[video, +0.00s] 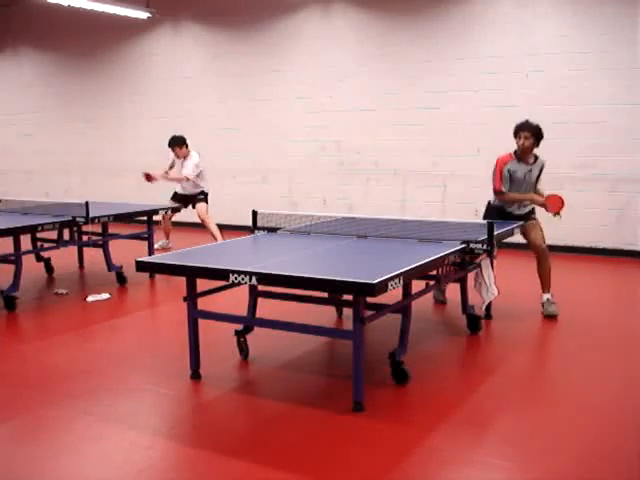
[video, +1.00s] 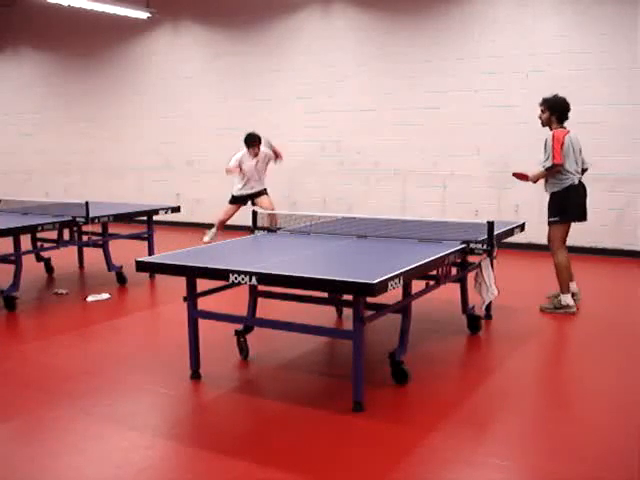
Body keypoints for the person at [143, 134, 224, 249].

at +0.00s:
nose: (174, 154)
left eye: (175, 151)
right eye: (173, 151)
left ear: (183, 147)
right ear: (174, 150)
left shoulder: (194, 159)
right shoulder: (177, 157)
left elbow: (186, 178)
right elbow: (168, 171)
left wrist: (167, 178)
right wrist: (155, 177)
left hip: (198, 192)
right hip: (182, 192)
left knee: (202, 216)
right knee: (165, 216)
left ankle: (221, 242)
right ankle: (166, 241)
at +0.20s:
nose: (175, 151)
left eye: (177, 148)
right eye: (174, 148)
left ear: (185, 146)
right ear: (184, 146)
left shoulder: (193, 158)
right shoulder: (188, 151)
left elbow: (182, 162)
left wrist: (169, 150)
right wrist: (164, 145)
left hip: (206, 193)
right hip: (195, 190)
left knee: (200, 218)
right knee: (175, 207)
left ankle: (218, 243)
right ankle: (173, 234)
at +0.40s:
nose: (182, 151)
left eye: (184, 148)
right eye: (181, 149)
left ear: (192, 147)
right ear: (182, 149)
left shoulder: (203, 158)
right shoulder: (188, 160)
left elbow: (205, 175)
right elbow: (182, 173)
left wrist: (186, 169)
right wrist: (169, 183)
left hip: (214, 189)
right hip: (200, 191)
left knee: (216, 212)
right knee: (183, 214)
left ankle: (234, 238)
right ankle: (187, 236)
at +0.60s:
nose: (203, 148)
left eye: (205, 144)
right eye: (202, 145)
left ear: (213, 144)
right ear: (202, 145)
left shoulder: (222, 157)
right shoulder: (203, 157)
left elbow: (226, 178)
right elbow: (198, 171)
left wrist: (206, 182)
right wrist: (198, 180)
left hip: (229, 188)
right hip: (213, 189)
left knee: (240, 208)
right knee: (197, 211)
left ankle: (255, 228)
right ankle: (193, 234)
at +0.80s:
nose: (232, 156)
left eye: (234, 153)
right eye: (230, 153)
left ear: (239, 153)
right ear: (227, 153)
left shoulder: (246, 164)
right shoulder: (222, 165)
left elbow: (252, 179)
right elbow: (211, 181)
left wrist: (255, 196)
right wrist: (224, 188)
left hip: (241, 194)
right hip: (224, 196)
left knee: (253, 211)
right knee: (209, 219)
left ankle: (262, 231)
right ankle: (204, 236)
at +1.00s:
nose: (256, 150)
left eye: (257, 147)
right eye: (253, 148)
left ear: (260, 146)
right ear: (247, 147)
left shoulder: (265, 154)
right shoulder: (241, 156)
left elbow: (278, 158)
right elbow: (228, 170)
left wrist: (272, 147)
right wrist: (238, 170)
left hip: (258, 190)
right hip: (241, 191)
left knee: (270, 210)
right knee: (223, 218)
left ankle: (273, 234)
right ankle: (214, 231)